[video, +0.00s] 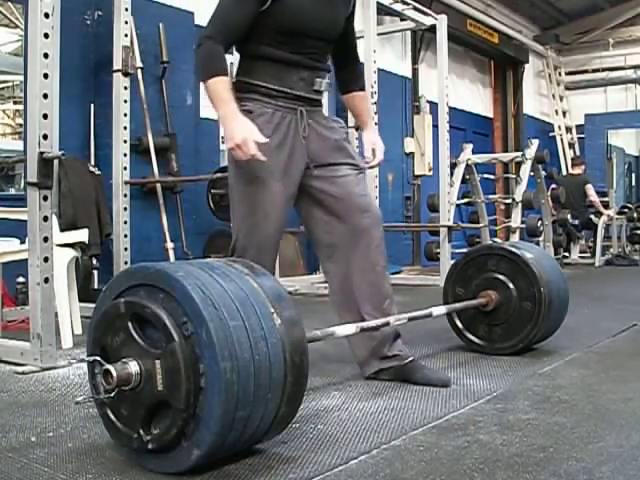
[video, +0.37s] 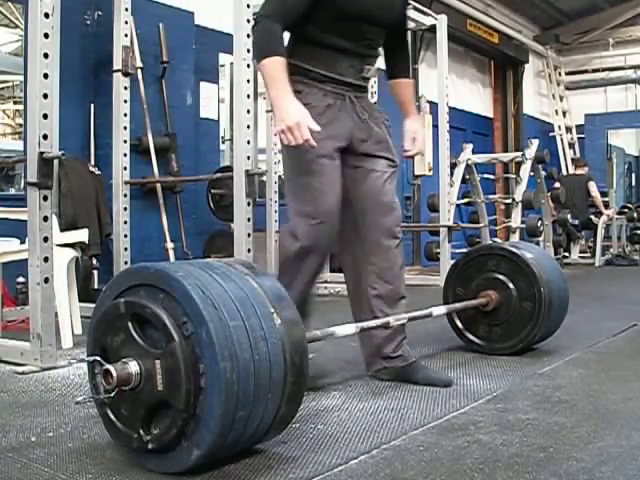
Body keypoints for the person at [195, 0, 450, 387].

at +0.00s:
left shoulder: (343, 4)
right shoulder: (255, 1)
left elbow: (347, 59)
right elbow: (209, 46)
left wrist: (367, 126)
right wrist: (230, 117)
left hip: (318, 120)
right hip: (263, 114)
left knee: (360, 223)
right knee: (256, 250)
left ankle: (383, 354)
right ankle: (241, 373)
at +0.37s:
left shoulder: (396, 6)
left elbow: (398, 47)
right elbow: (266, 23)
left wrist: (410, 115)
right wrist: (282, 102)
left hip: (361, 103)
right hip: (309, 95)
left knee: (379, 228)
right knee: (315, 226)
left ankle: (388, 355)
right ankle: (276, 347)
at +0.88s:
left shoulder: (422, 8)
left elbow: (418, 42)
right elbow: (306, 11)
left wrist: (430, 111)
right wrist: (330, 95)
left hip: (385, 93)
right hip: (336, 83)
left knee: (399, 217)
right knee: (355, 217)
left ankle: (392, 350)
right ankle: (353, 363)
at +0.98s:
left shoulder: (426, 7)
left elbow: (420, 50)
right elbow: (312, 11)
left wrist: (435, 112)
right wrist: (337, 96)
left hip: (387, 93)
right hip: (337, 84)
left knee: (402, 220)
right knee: (358, 220)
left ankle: (394, 351)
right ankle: (355, 364)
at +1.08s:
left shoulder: (425, 8)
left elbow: (419, 45)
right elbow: (316, 10)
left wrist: (435, 112)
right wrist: (342, 96)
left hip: (386, 93)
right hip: (334, 85)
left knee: (400, 222)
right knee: (352, 221)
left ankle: (394, 348)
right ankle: (353, 361)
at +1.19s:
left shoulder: (424, 8)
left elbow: (419, 44)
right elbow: (316, 9)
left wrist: (435, 111)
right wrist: (343, 95)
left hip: (385, 93)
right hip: (336, 85)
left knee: (399, 220)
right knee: (354, 221)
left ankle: (393, 349)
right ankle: (352, 360)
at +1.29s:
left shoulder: (424, 8)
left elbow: (420, 43)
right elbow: (316, 11)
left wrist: (436, 111)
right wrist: (341, 100)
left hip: (386, 93)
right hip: (337, 83)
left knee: (402, 217)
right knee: (359, 217)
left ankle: (393, 350)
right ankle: (354, 362)